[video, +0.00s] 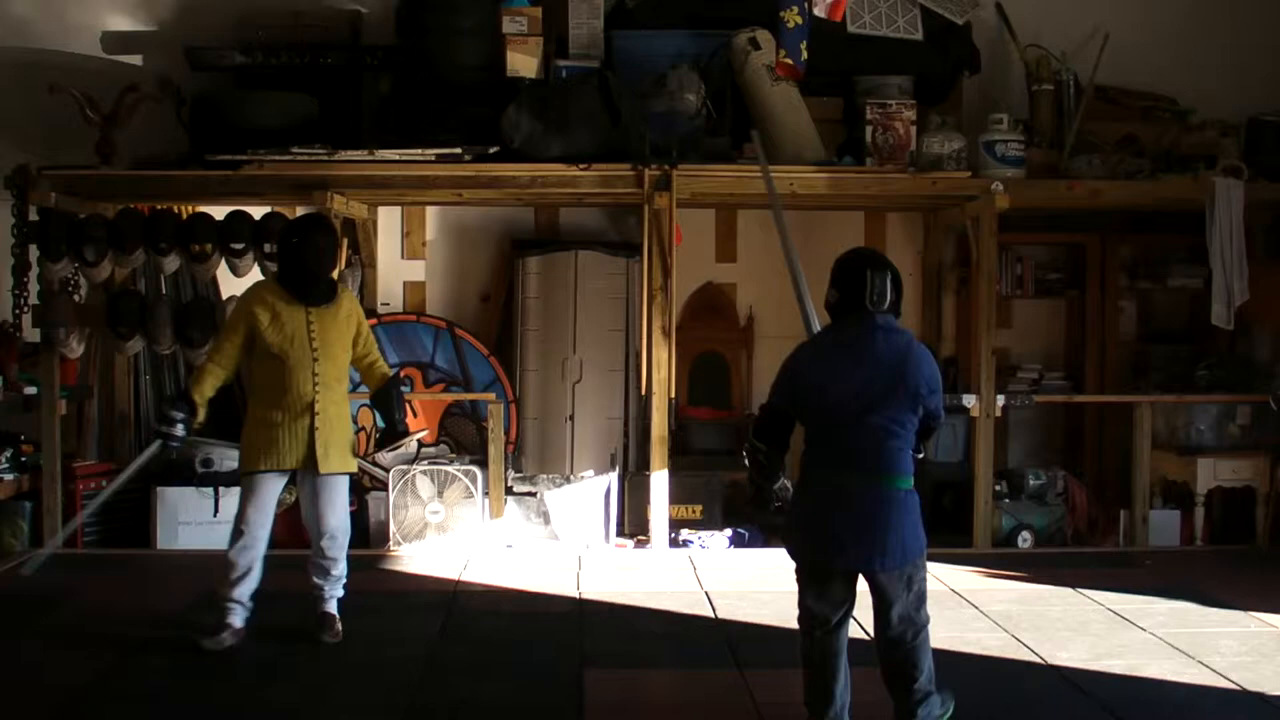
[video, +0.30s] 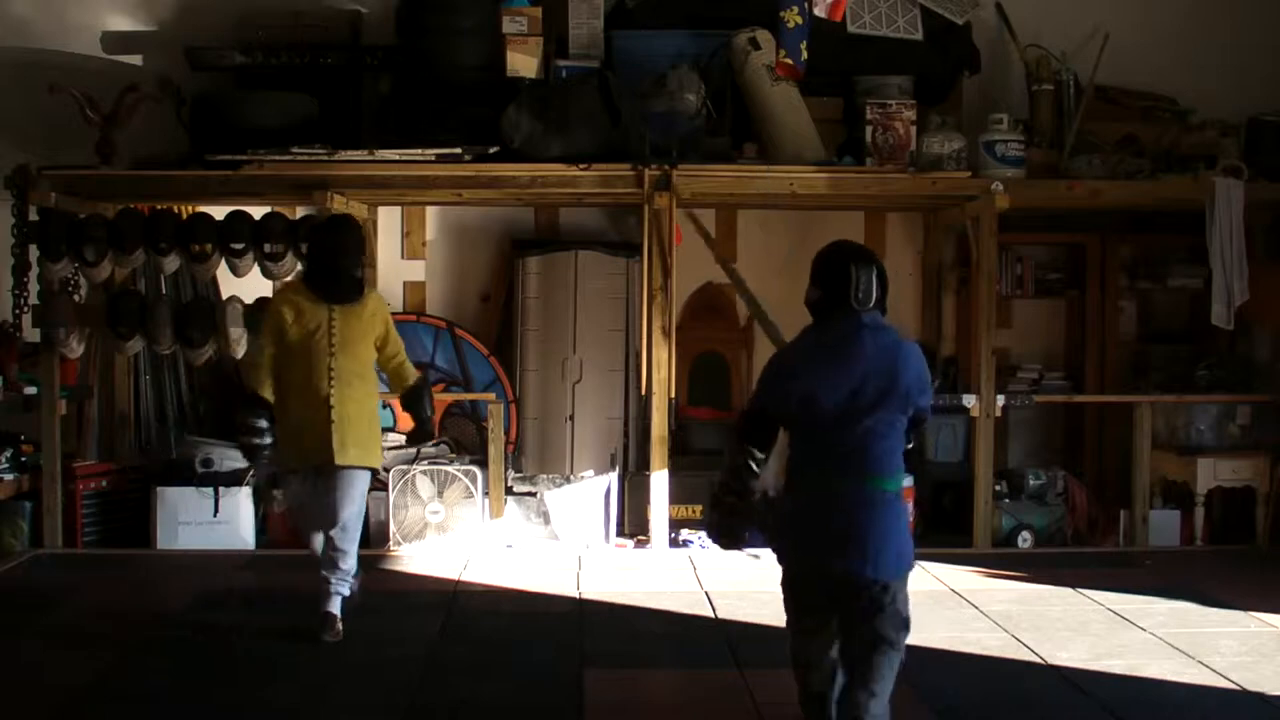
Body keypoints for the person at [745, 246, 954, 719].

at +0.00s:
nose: (828, 298)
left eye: (831, 290)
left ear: (835, 295)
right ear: (893, 297)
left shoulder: (808, 355)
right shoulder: (916, 357)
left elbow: (770, 433)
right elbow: (928, 426)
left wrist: (772, 488)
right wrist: (894, 451)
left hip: (821, 510)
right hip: (891, 513)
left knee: (823, 629)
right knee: (905, 627)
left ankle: (828, 713)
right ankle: (921, 710)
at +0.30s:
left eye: (816, 287)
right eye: (875, 287)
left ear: (815, 291)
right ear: (878, 291)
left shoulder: (792, 359)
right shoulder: (904, 357)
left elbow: (752, 441)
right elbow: (914, 433)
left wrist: (737, 500)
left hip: (806, 527)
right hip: (877, 531)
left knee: (814, 649)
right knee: (878, 648)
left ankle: (819, 711)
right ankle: (863, 710)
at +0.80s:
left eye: (771, 279)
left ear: (771, 284)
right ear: (836, 291)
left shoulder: (742, 356)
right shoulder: (872, 362)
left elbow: (708, 461)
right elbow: (902, 466)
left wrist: (680, 533)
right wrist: (887, 526)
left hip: (764, 534)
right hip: (846, 536)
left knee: (734, 663)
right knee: (844, 675)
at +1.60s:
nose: (803, 309)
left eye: (808, 299)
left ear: (815, 306)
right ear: (883, 306)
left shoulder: (786, 377)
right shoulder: (928, 381)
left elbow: (735, 486)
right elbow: (952, 501)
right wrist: (905, 543)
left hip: (820, 564)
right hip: (910, 564)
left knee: (768, 703)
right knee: (947, 705)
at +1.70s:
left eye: (856, 297)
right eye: (907, 296)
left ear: (857, 303)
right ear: (919, 302)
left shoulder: (834, 373)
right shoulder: (955, 370)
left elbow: (787, 468)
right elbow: (987, 483)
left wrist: (778, 547)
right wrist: (966, 549)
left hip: (861, 557)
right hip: (944, 558)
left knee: (795, 701)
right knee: (977, 704)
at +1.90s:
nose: (904, 291)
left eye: (909, 282)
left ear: (912, 288)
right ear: (976, 291)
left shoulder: (883, 360)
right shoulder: (1021, 368)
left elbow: (833, 461)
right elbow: (1043, 487)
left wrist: (811, 511)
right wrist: (1018, 544)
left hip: (901, 553)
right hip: (988, 553)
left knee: (879, 692)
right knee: (986, 700)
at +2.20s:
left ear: (945, 291)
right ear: (1011, 294)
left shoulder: (917, 364)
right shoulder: (1053, 370)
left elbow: (873, 461)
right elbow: (1079, 480)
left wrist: (841, 535)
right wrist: (1082, 551)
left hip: (937, 553)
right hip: (1019, 554)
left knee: (941, 692)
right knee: (1007, 694)